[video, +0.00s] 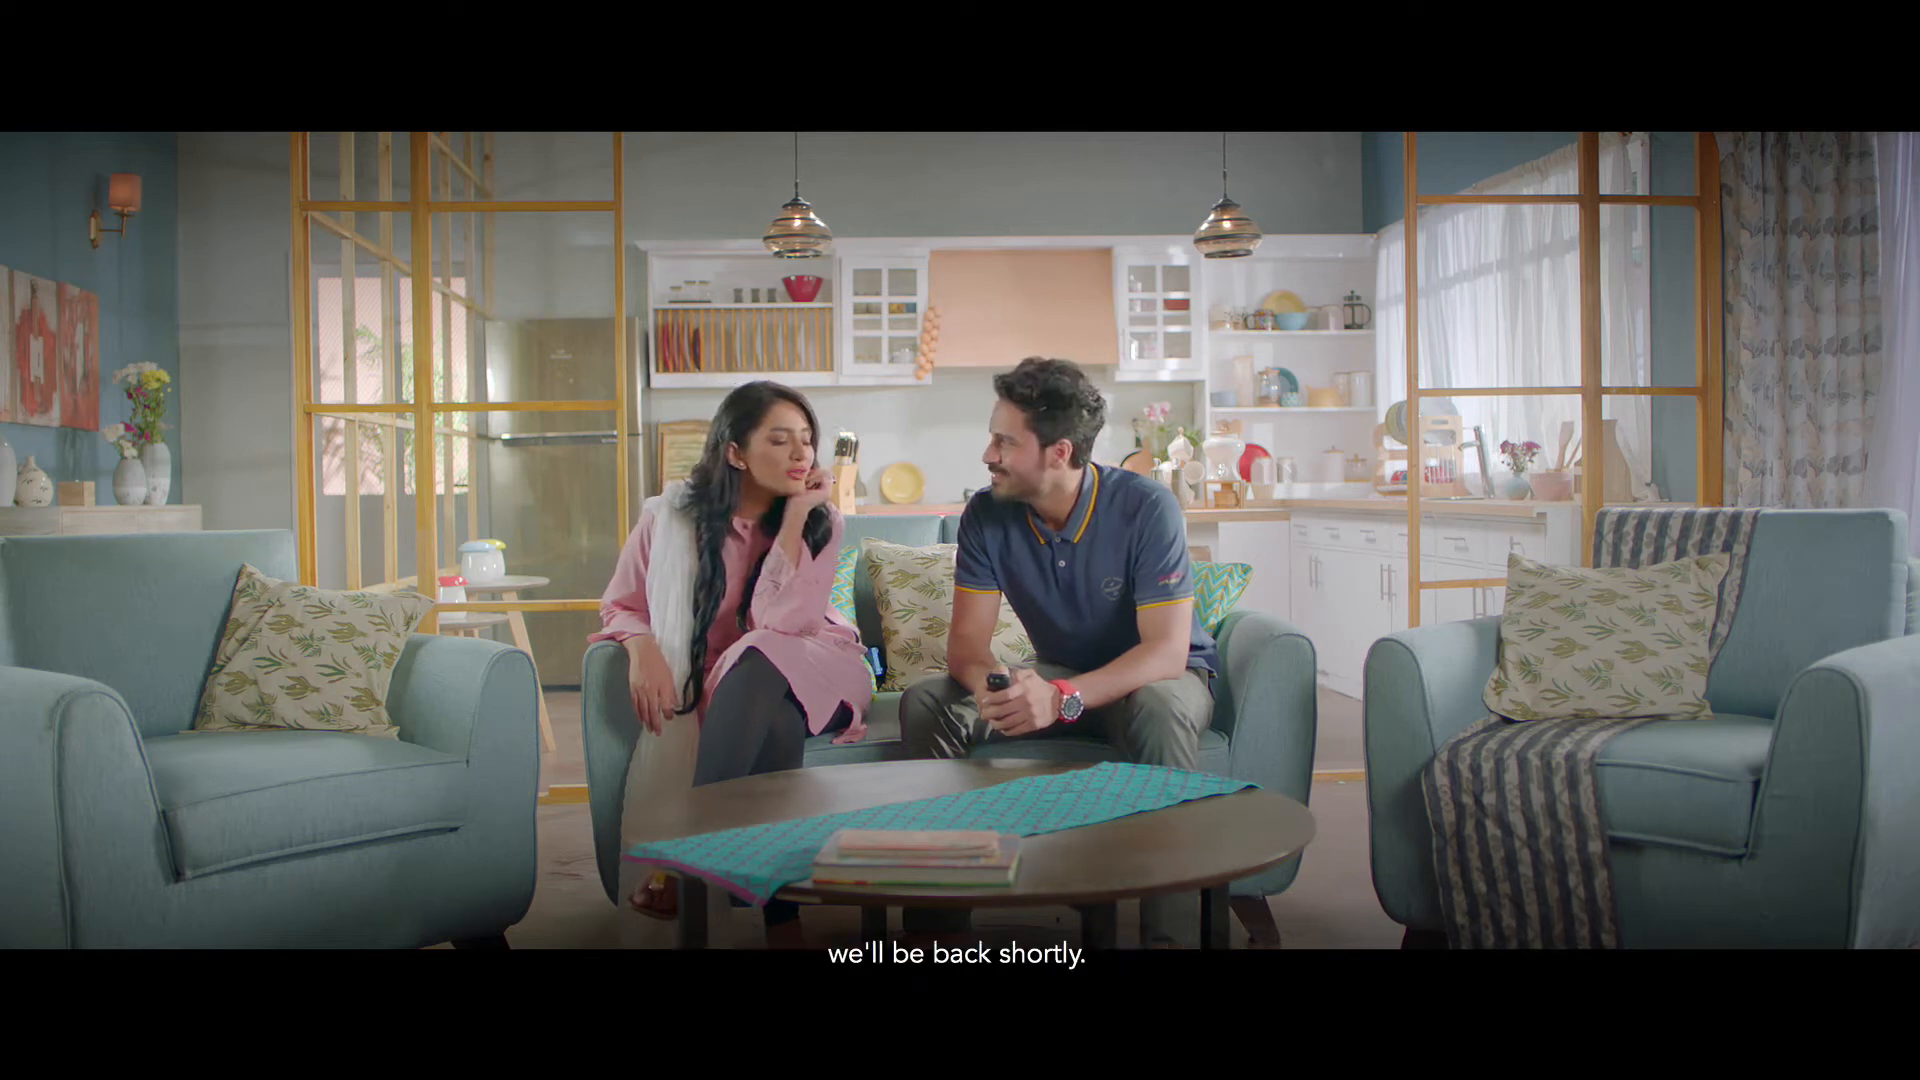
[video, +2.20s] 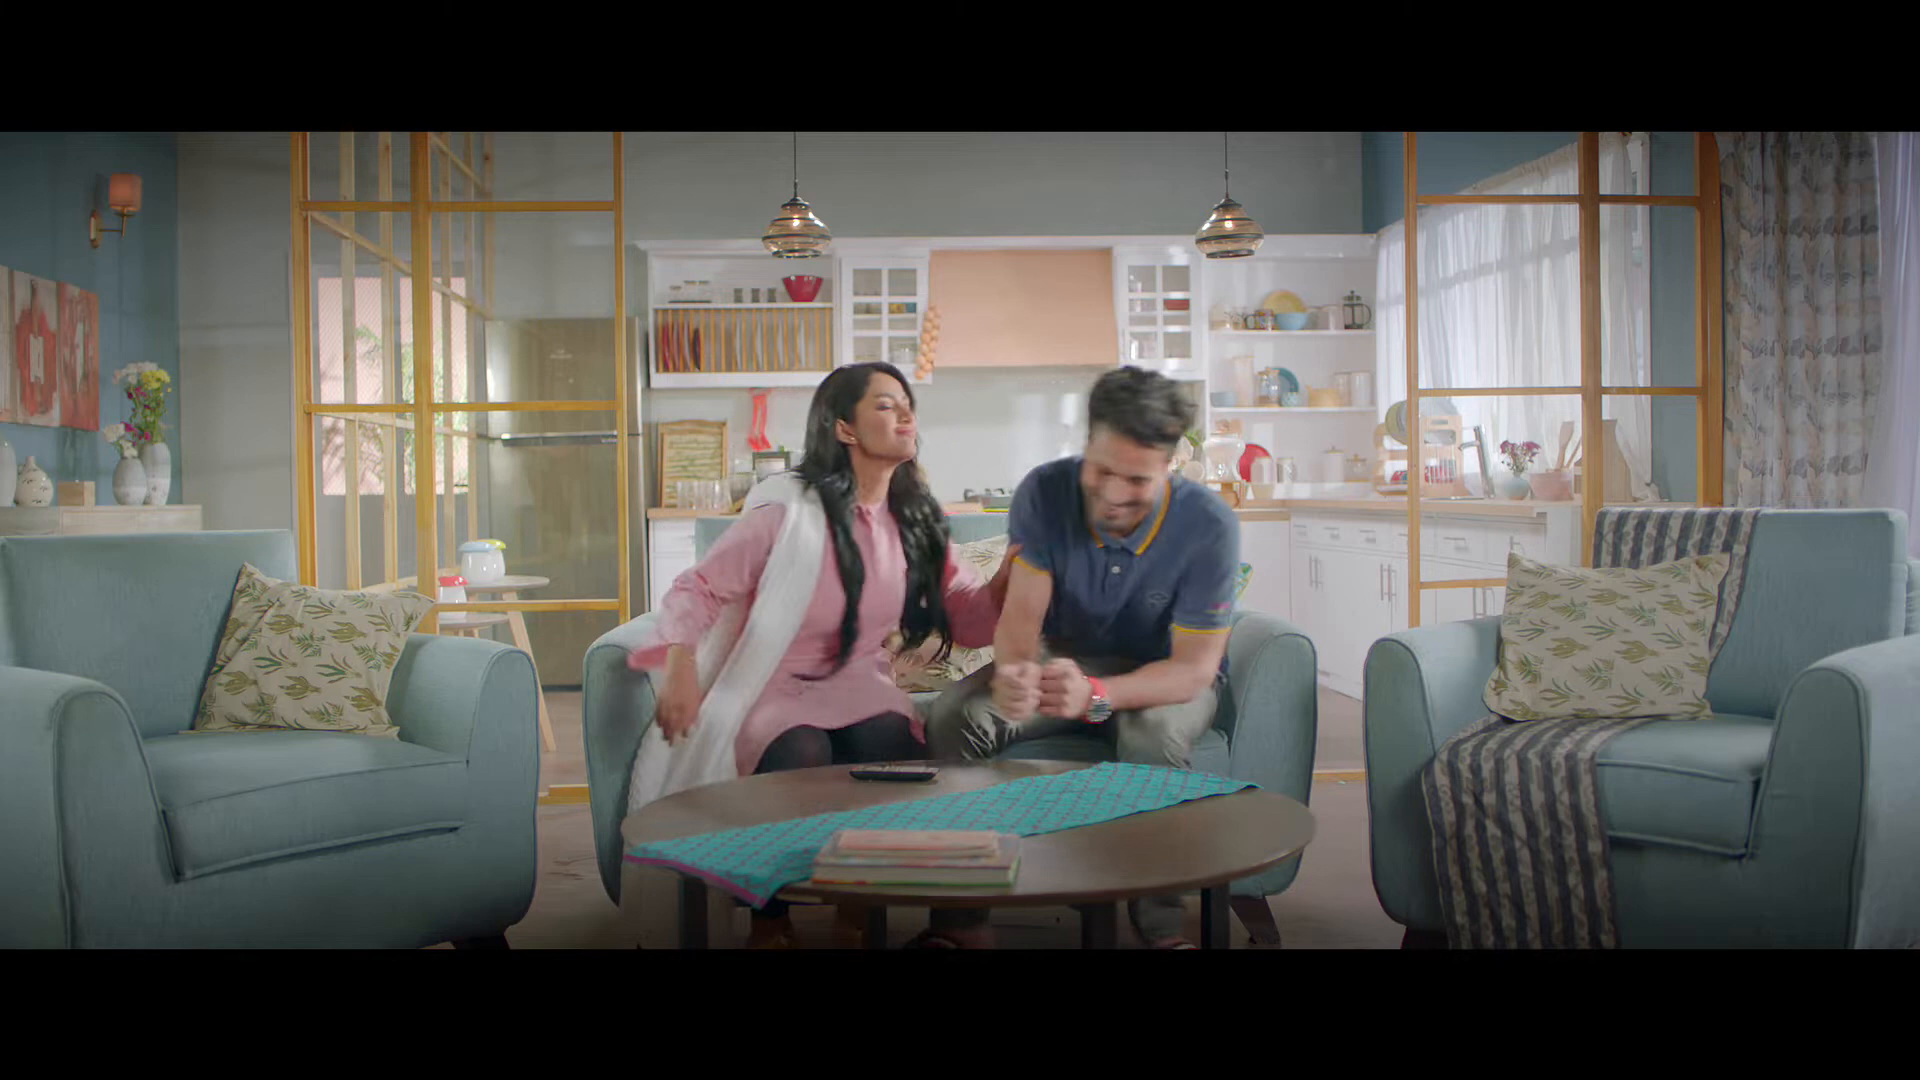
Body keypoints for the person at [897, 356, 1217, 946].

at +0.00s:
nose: (988, 455)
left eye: (1005, 444)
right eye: (992, 439)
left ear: (1059, 453)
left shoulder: (1146, 509)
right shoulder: (987, 516)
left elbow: (1166, 654)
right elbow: (966, 646)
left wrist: (1063, 697)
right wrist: (995, 686)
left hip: (1156, 679)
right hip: (1060, 680)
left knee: (1158, 709)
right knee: (927, 703)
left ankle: (1170, 932)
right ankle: (939, 904)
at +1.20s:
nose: (1003, 458)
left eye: (1018, 449)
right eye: (1007, 441)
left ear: (1072, 463)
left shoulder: (1154, 509)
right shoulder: (992, 514)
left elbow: (1166, 654)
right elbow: (969, 642)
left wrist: (1052, 693)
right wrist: (913, 651)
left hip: (1157, 677)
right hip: (1061, 674)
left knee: (1155, 711)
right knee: (929, 703)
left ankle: (1166, 928)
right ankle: (940, 917)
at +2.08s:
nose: (1049, 486)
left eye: (1069, 474)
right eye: (1040, 465)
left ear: (1116, 459)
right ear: (1035, 442)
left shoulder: (1174, 508)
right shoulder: (1015, 503)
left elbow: (1169, 653)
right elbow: (1000, 619)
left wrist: (1057, 683)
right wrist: (970, 675)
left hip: (1154, 680)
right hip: (1058, 680)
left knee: (1153, 708)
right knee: (936, 705)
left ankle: (1172, 929)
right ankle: (949, 915)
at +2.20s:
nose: (1117, 495)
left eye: (1138, 479)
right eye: (1103, 471)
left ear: (1169, 467)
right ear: (1085, 448)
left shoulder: (1209, 525)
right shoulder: (1044, 492)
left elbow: (1195, 670)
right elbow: (1021, 612)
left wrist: (1096, 693)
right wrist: (1011, 676)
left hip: (1164, 673)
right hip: (1066, 658)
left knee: (1152, 731)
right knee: (954, 715)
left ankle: (1162, 922)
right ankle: (962, 916)